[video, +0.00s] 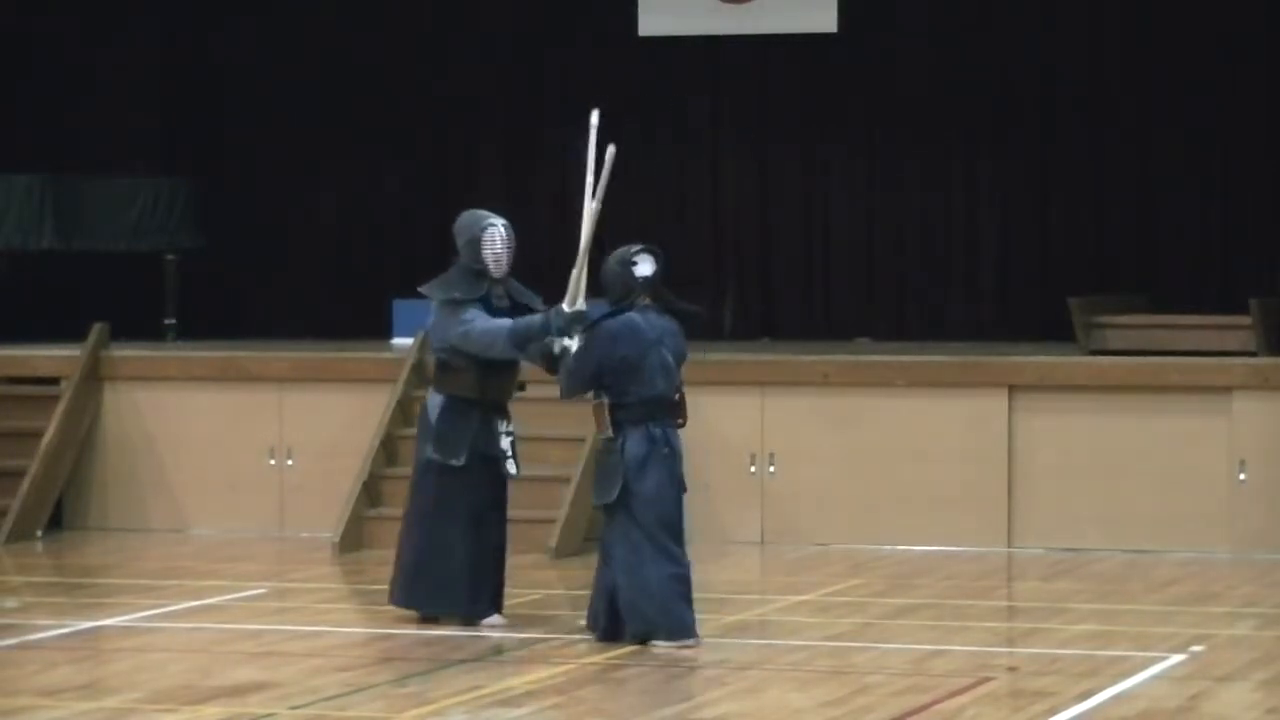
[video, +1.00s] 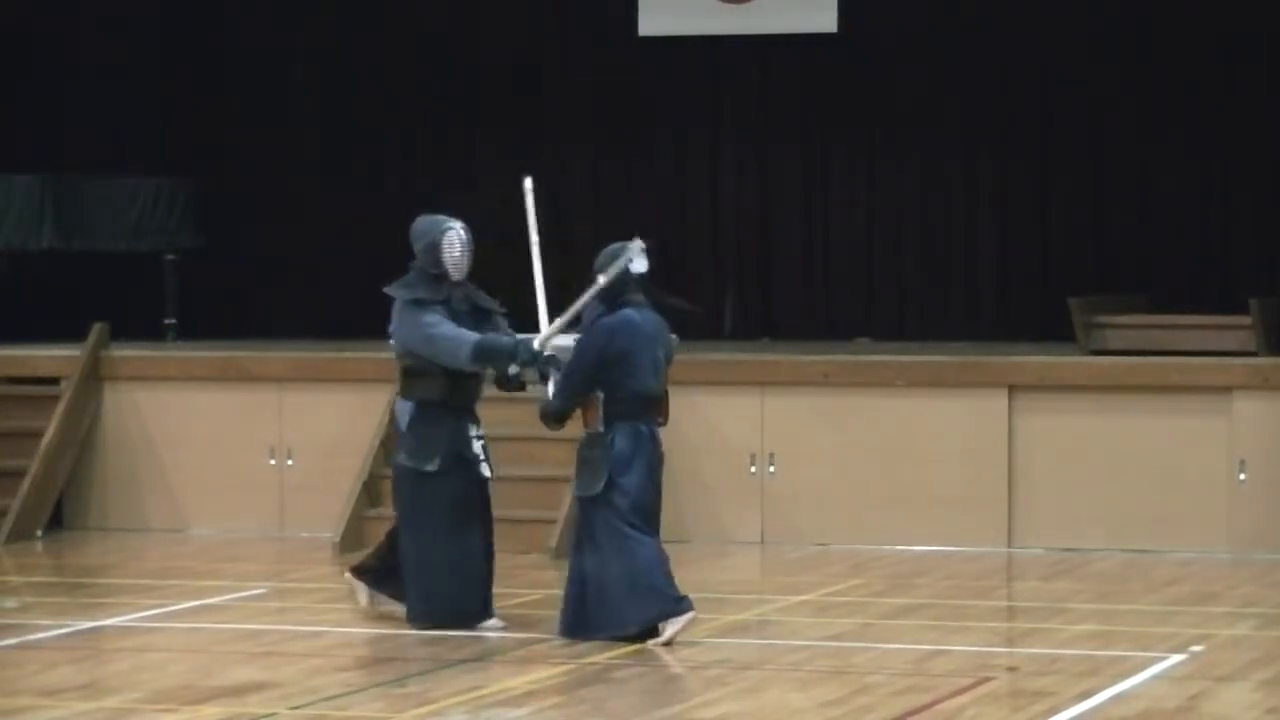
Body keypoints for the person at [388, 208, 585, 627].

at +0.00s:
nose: (500, 254)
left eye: (505, 245)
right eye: (491, 245)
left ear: (511, 248)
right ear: (470, 250)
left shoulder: (513, 298)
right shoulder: (451, 304)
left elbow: (541, 347)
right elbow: (490, 335)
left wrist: (566, 341)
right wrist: (548, 321)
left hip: (491, 414)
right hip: (452, 413)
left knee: (487, 509)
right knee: (450, 508)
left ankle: (481, 606)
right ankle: (436, 604)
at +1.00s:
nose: (459, 256)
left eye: (462, 247)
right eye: (449, 248)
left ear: (468, 251)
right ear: (427, 253)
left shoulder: (472, 301)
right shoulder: (413, 310)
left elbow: (500, 361)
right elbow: (463, 348)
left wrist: (537, 363)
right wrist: (533, 346)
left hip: (462, 418)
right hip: (426, 419)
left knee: (469, 511)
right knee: (436, 512)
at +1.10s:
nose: (439, 265)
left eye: (441, 256)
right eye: (430, 258)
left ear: (444, 258)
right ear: (408, 262)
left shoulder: (444, 308)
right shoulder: (394, 319)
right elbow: (443, 356)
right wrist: (516, 350)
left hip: (444, 422)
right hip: (412, 425)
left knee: (451, 511)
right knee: (430, 515)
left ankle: (377, 582)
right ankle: (454, 612)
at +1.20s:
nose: (412, 266)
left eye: (415, 256)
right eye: (402, 258)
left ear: (419, 259)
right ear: (380, 262)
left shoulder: (419, 308)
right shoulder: (367, 319)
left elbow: (452, 342)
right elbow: (410, 359)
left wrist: (485, 362)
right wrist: (462, 369)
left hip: (421, 420)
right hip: (385, 423)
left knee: (431, 511)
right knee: (425, 515)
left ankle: (369, 586)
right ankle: (458, 608)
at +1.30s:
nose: (387, 263)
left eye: (392, 253)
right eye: (378, 254)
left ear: (397, 257)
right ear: (357, 258)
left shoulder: (398, 311)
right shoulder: (342, 317)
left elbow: (424, 351)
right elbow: (379, 356)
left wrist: (442, 374)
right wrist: (430, 371)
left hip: (395, 417)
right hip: (358, 420)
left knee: (391, 511)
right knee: (404, 510)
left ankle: (355, 594)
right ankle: (431, 602)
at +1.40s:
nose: (366, 259)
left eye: (369, 250)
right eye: (357, 251)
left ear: (373, 253)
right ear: (335, 255)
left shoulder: (369, 304)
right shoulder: (318, 313)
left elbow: (394, 344)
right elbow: (355, 352)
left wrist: (422, 362)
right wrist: (408, 370)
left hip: (368, 414)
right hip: (333, 416)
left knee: (386, 504)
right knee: (354, 508)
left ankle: (394, 597)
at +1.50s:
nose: (345, 256)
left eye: (347, 247)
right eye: (336, 248)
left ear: (349, 250)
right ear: (313, 251)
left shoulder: (345, 302)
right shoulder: (296, 309)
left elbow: (370, 346)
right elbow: (339, 351)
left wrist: (405, 363)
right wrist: (401, 369)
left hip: (343, 411)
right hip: (306, 412)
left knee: (364, 501)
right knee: (320, 501)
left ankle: (357, 593)